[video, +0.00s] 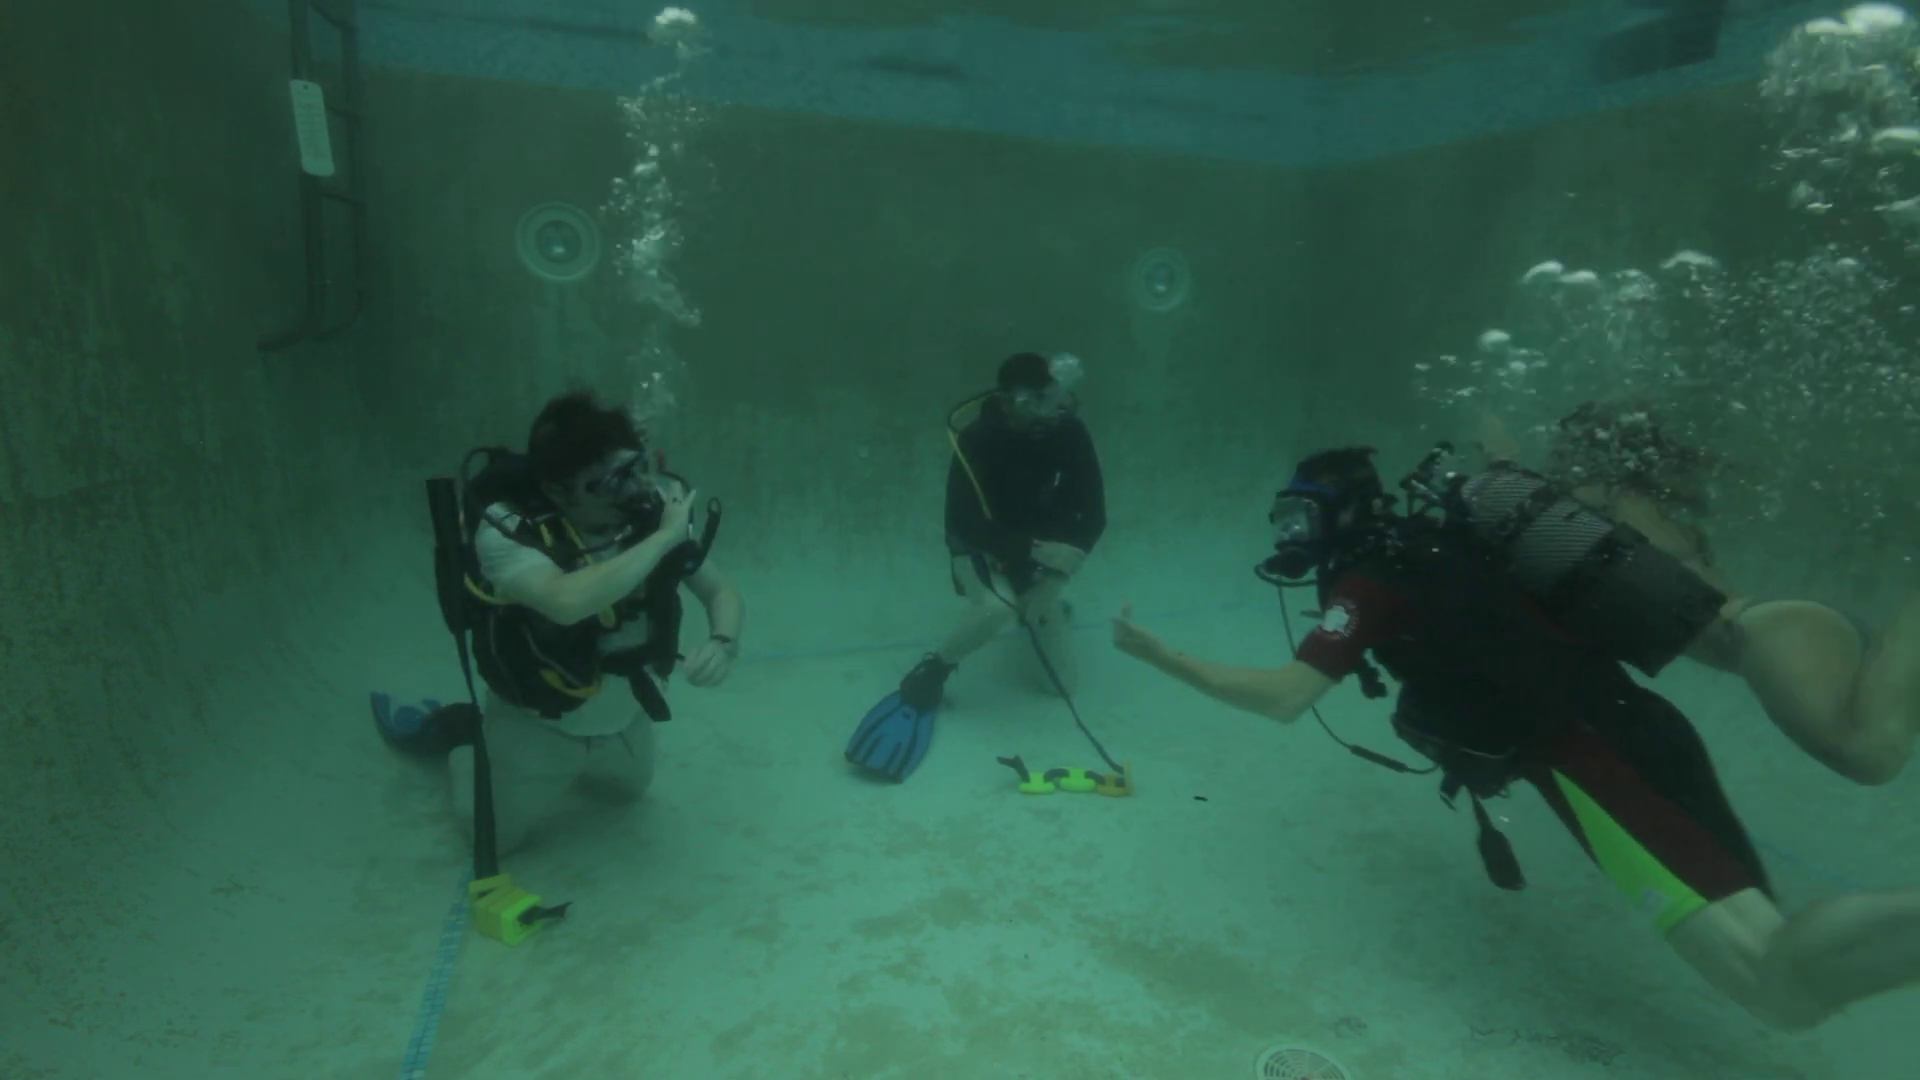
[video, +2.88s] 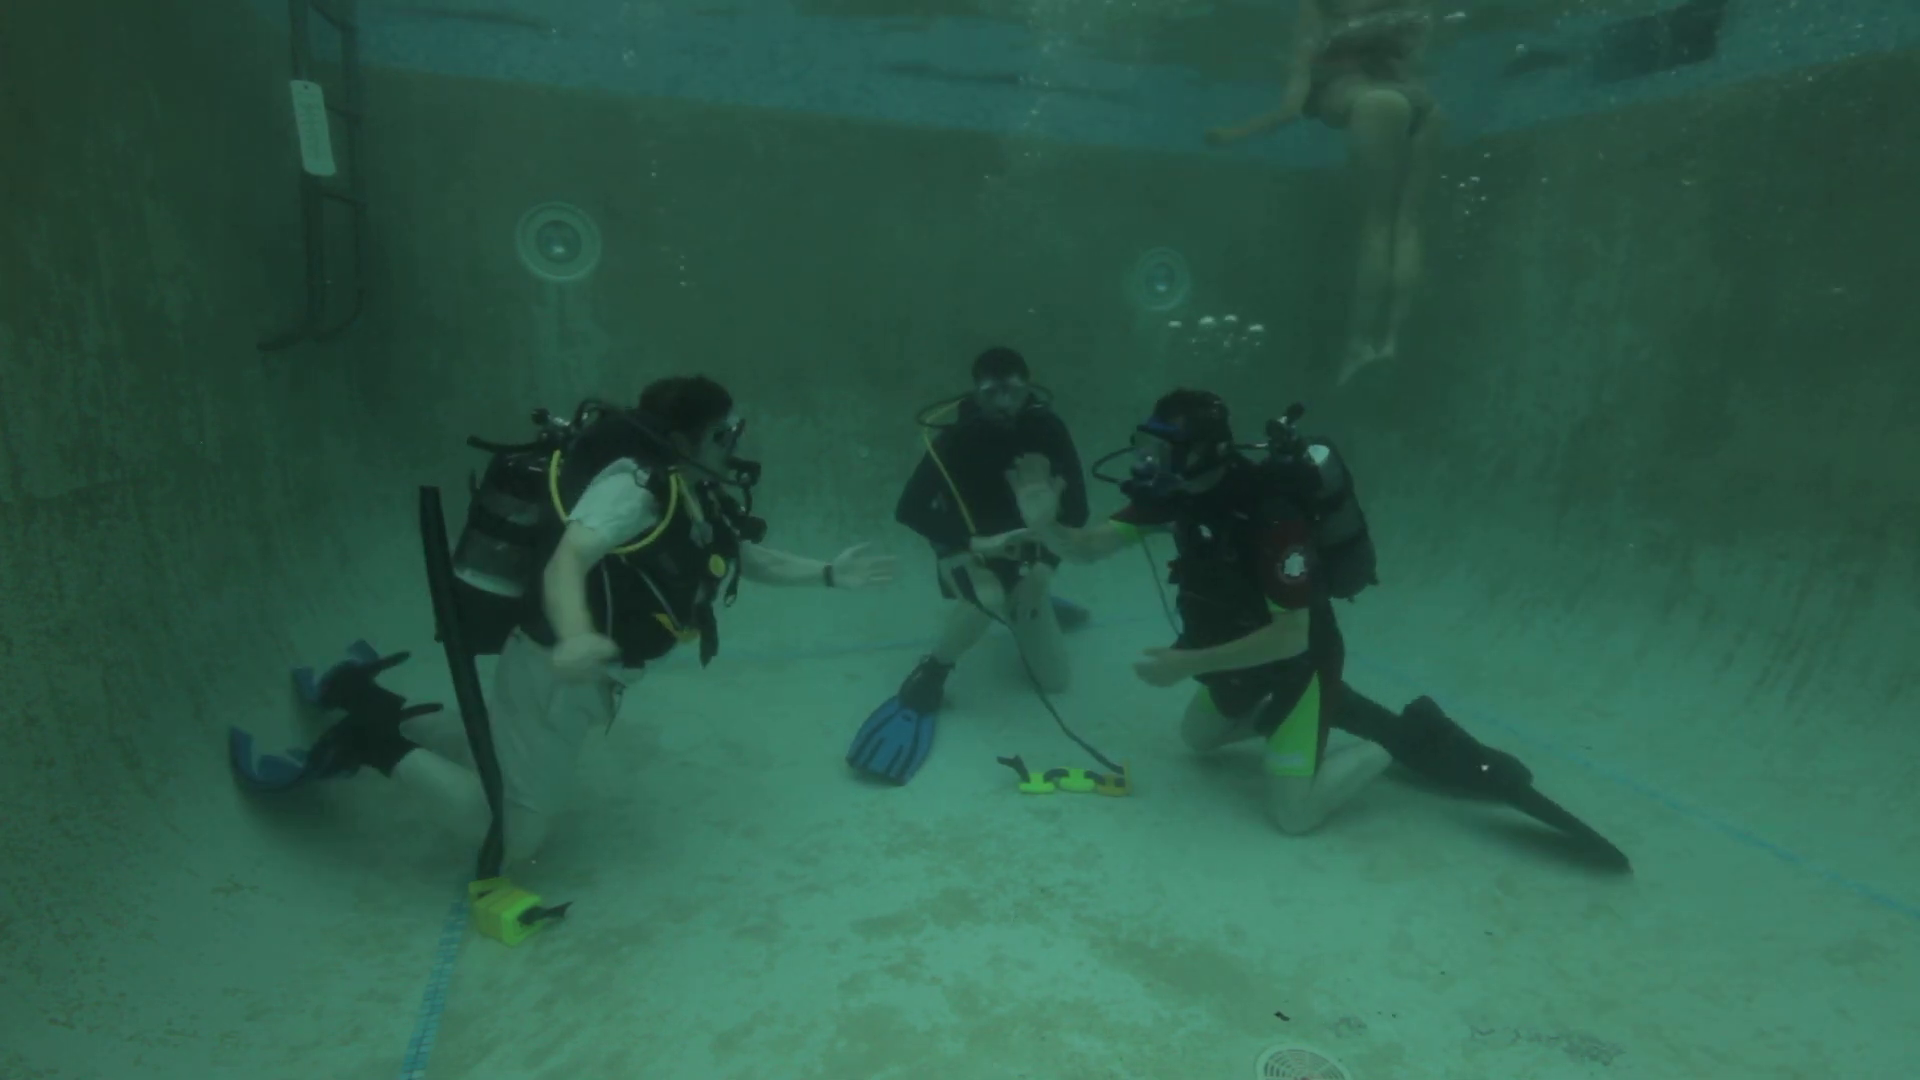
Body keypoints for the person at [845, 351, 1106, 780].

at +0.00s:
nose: (1051, 412)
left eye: (1053, 401)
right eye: (1041, 403)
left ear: (1056, 396)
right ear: (1011, 400)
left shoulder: (1069, 432)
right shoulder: (979, 438)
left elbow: (1092, 514)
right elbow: (972, 524)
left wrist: (1053, 582)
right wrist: (1038, 551)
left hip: (1045, 549)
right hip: (984, 546)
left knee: (1061, 678)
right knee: (998, 607)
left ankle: (1047, 605)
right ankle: (932, 672)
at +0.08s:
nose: (1055, 408)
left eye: (1054, 397)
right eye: (1045, 399)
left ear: (1051, 395)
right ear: (1014, 401)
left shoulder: (1068, 431)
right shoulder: (979, 438)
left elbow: (1091, 514)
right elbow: (972, 523)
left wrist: (1053, 579)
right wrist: (1036, 551)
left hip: (1046, 543)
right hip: (985, 541)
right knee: (997, 607)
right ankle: (933, 672)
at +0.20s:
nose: (1035, 412)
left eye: (1041, 399)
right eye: (1024, 402)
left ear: (1051, 394)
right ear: (1002, 401)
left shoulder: (1067, 433)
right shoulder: (976, 439)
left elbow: (1089, 515)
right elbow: (969, 524)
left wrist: (1050, 582)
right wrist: (1034, 551)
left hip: (1046, 550)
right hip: (985, 546)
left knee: (1061, 677)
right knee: (994, 608)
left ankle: (1044, 605)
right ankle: (933, 672)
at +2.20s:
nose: (1014, 405)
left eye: (1022, 395)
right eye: (1004, 395)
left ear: (1035, 393)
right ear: (985, 396)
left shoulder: (1052, 431)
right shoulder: (964, 438)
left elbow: (1078, 510)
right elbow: (946, 519)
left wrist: (1046, 570)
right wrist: (1018, 533)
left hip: (1030, 557)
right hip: (968, 551)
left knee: (1053, 680)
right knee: (992, 600)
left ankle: (1034, 606)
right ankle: (930, 675)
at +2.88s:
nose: (1004, 400)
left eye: (1013, 390)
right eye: (992, 391)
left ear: (1028, 389)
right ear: (976, 392)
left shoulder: (1047, 430)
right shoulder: (957, 439)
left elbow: (1074, 504)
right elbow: (909, 508)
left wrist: (1046, 564)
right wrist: (970, 542)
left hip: (1029, 551)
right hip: (965, 553)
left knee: (1054, 679)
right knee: (987, 598)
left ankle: (1036, 610)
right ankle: (933, 672)